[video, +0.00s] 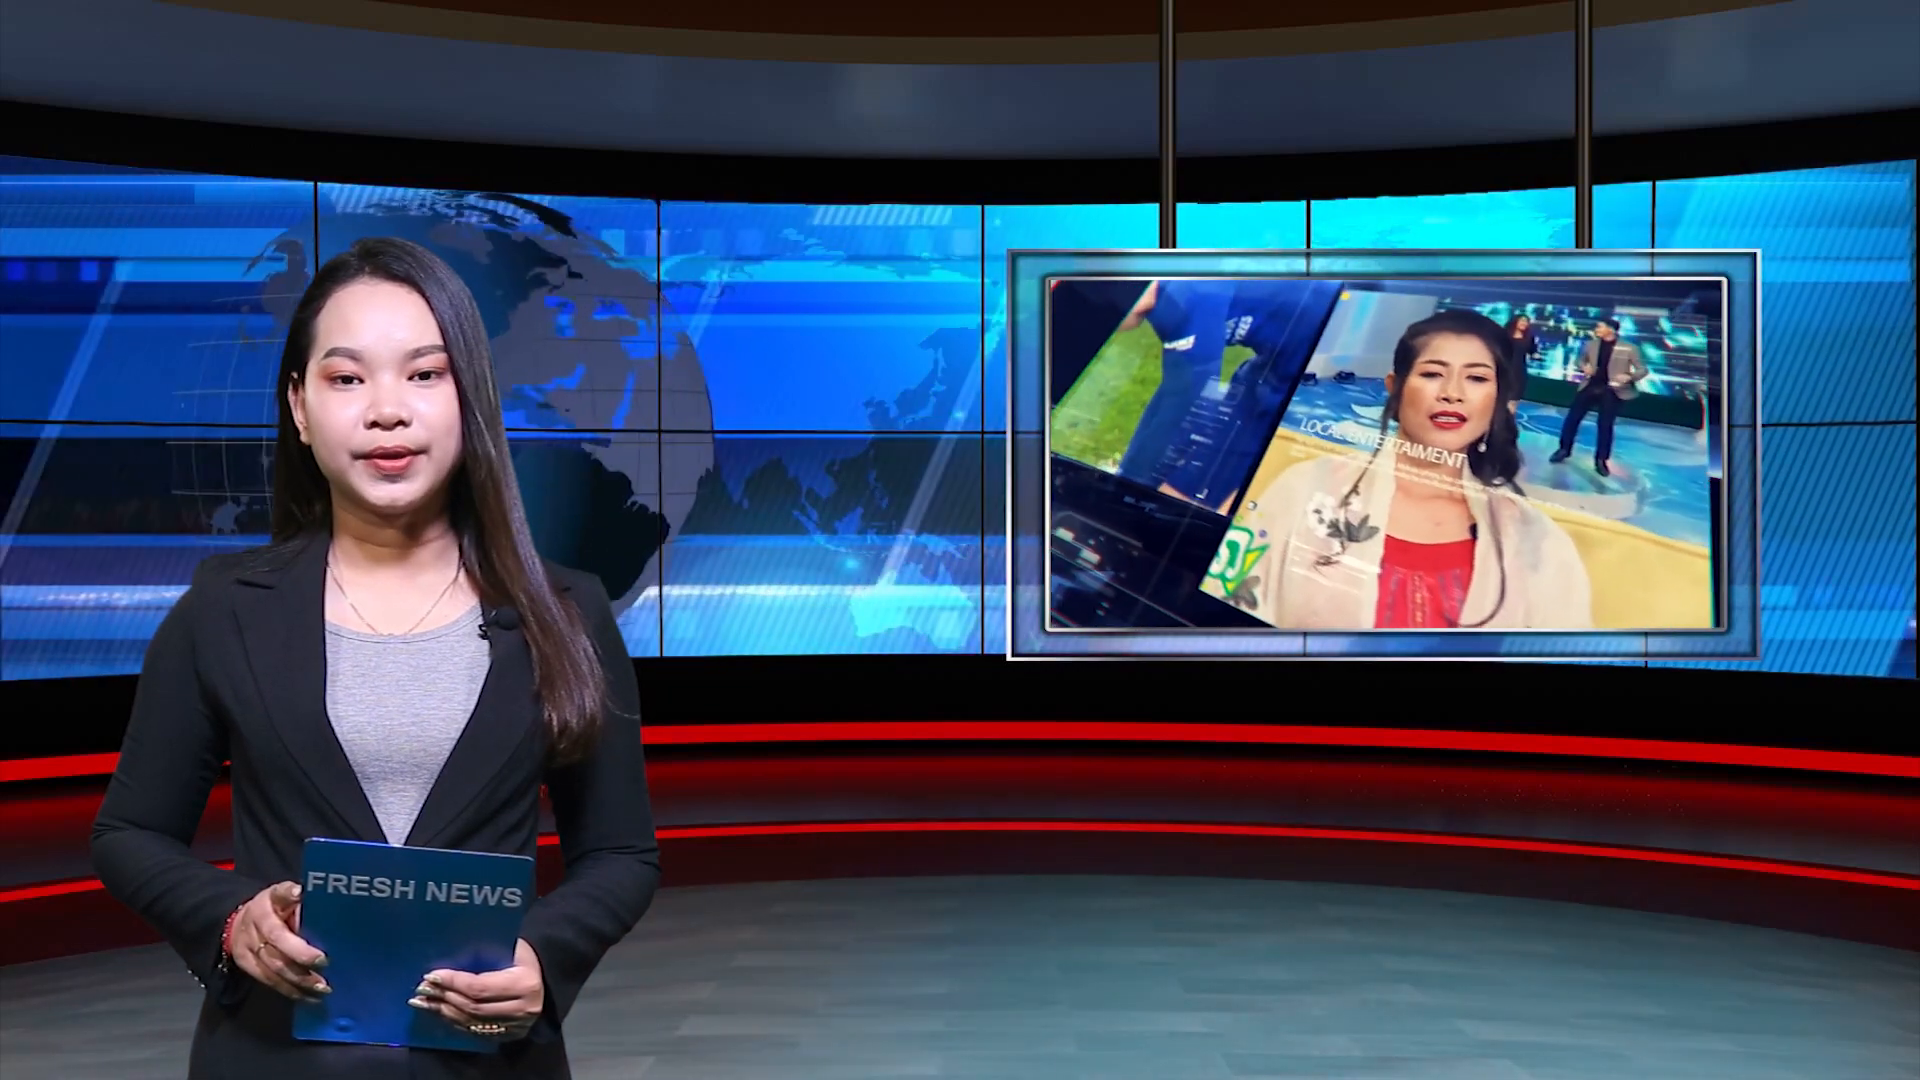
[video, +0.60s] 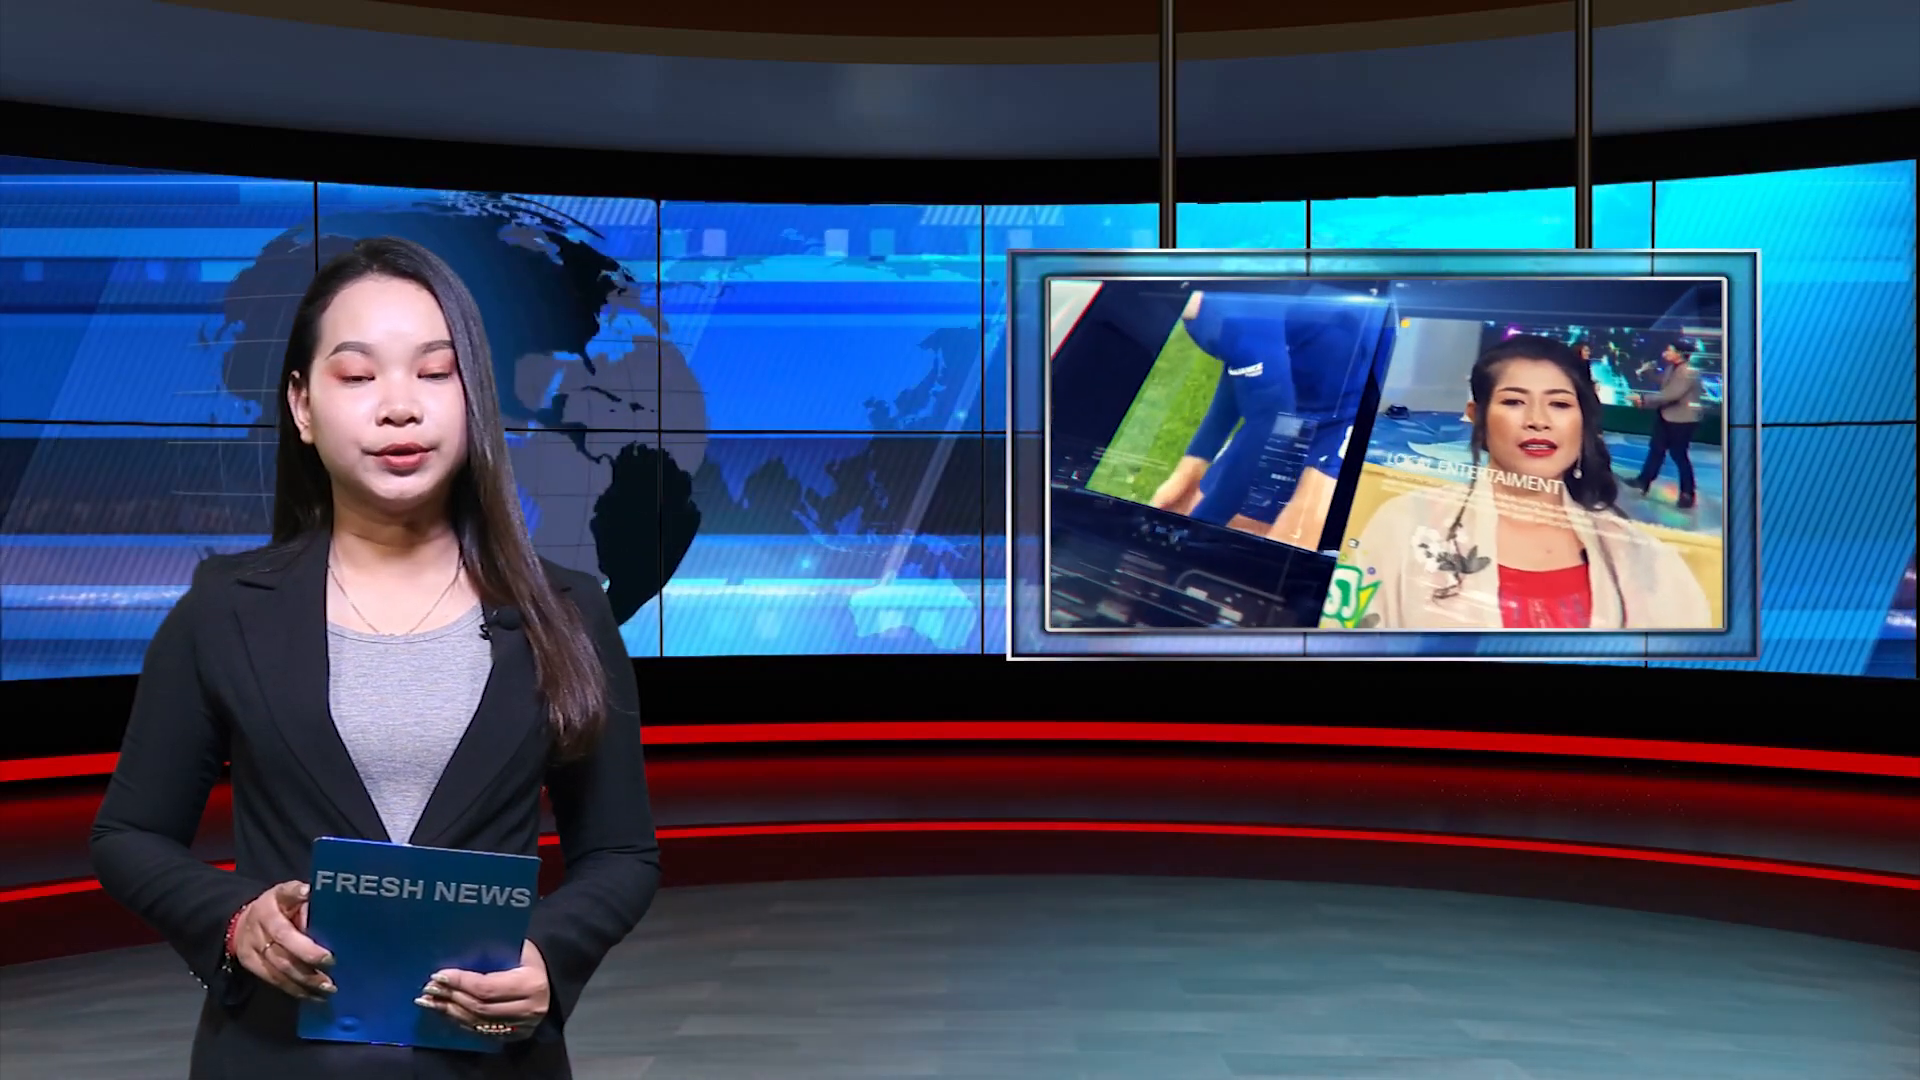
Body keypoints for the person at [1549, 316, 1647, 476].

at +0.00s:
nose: (1596, 330)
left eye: (1600, 327)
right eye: (1596, 327)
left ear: (1610, 330)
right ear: (1599, 330)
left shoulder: (1629, 349)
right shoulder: (1591, 344)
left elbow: (1642, 370)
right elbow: (1580, 360)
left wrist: (1628, 378)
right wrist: (1585, 367)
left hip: (1612, 389)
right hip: (1591, 386)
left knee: (1605, 425)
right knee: (1573, 416)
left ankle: (1601, 459)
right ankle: (1564, 449)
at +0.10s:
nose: (1605, 331)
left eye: (1609, 328)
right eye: (1605, 328)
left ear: (1619, 332)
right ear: (1609, 332)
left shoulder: (1636, 351)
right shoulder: (1603, 347)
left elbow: (1651, 372)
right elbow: (1596, 364)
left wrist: (1633, 382)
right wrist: (1595, 370)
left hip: (1622, 395)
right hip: (1601, 391)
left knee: (1616, 431)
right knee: (1583, 420)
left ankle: (1613, 464)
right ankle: (1575, 453)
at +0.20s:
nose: (1619, 336)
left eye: (1622, 333)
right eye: (1619, 333)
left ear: (1632, 335)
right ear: (1627, 336)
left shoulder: (1649, 355)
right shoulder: (1620, 350)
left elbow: (1663, 377)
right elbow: (1615, 368)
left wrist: (1638, 387)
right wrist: (1609, 373)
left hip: (1637, 401)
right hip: (1616, 395)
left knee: (1633, 436)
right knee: (1603, 428)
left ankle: (1632, 471)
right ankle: (1589, 460)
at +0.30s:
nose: (1627, 339)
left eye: (1630, 336)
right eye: (1628, 336)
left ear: (1641, 339)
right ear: (1635, 339)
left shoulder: (1658, 358)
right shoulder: (1631, 354)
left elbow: (1671, 382)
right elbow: (1630, 374)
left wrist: (1644, 392)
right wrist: (1620, 378)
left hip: (1647, 405)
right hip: (1626, 401)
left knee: (1643, 438)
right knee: (1614, 433)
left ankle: (1648, 475)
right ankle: (1601, 465)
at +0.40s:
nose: (1640, 347)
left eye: (1643, 344)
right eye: (1640, 343)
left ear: (1653, 346)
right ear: (1650, 347)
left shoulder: (1669, 365)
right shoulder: (1648, 362)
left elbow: (1673, 394)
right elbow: (1647, 386)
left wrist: (1647, 404)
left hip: (1660, 413)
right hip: (1642, 409)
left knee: (1652, 443)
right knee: (1627, 438)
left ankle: (1662, 482)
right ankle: (1614, 472)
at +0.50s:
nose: (1649, 350)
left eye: (1653, 347)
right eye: (1650, 346)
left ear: (1663, 349)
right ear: (1659, 350)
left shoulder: (1675, 368)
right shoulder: (1659, 366)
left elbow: (1674, 396)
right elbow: (1657, 392)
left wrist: (1647, 406)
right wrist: (1643, 404)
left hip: (1669, 417)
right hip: (1652, 415)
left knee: (1661, 447)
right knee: (1637, 442)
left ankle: (1672, 486)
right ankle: (1625, 475)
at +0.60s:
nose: (1665, 354)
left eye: (1669, 351)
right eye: (1666, 350)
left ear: (1680, 355)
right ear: (1678, 355)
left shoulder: (1687, 373)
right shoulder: (1672, 369)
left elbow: (1672, 394)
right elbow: (1662, 385)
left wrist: (1645, 400)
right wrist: (1650, 374)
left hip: (1682, 419)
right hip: (1666, 416)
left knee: (1679, 454)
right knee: (1656, 450)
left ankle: (1687, 493)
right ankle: (1644, 481)